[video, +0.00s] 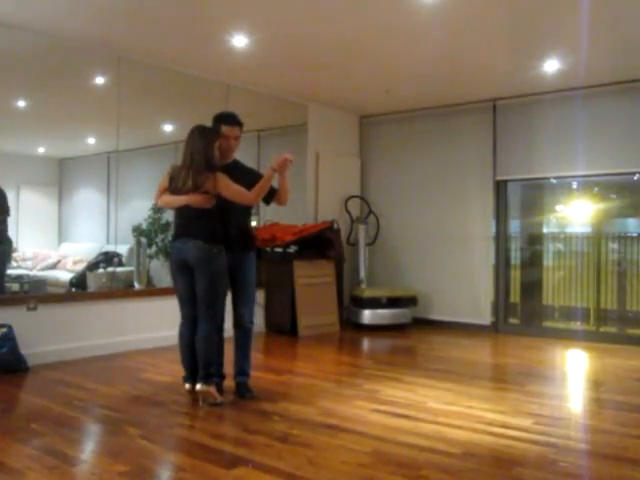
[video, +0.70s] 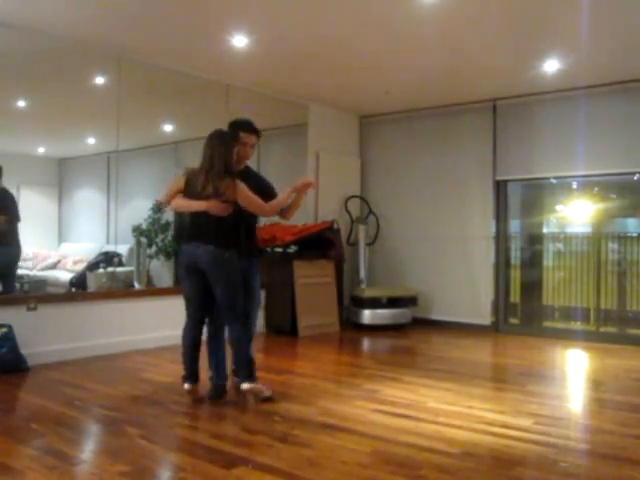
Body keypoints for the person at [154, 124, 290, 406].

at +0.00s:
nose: (222, 152)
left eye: (222, 146)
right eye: (219, 147)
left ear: (189, 146)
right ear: (209, 148)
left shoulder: (174, 173)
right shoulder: (212, 178)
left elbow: (159, 197)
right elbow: (250, 198)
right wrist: (272, 173)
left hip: (180, 247)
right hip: (207, 249)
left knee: (188, 315)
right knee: (210, 316)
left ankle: (191, 380)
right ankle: (207, 382)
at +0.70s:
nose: (242, 155)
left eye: (244, 149)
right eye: (238, 149)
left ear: (207, 151)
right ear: (227, 152)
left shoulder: (188, 177)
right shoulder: (231, 185)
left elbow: (166, 199)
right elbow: (266, 210)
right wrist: (293, 191)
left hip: (189, 254)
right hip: (219, 256)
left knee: (193, 318)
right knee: (230, 317)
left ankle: (189, 378)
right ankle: (220, 382)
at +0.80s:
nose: (249, 155)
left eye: (251, 149)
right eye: (246, 149)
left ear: (215, 152)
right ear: (236, 153)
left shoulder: (197, 178)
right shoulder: (240, 185)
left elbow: (171, 198)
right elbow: (277, 209)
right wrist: (302, 190)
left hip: (197, 256)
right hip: (229, 257)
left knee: (198, 319)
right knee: (246, 318)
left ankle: (191, 377)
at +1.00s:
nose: (269, 156)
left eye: (268, 151)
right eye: (267, 151)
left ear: (239, 150)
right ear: (260, 152)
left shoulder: (218, 180)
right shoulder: (265, 184)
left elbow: (184, 201)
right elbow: (299, 204)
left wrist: (205, 211)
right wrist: (312, 185)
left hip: (223, 254)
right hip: (256, 255)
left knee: (214, 316)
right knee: (262, 315)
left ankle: (197, 375)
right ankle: (274, 375)